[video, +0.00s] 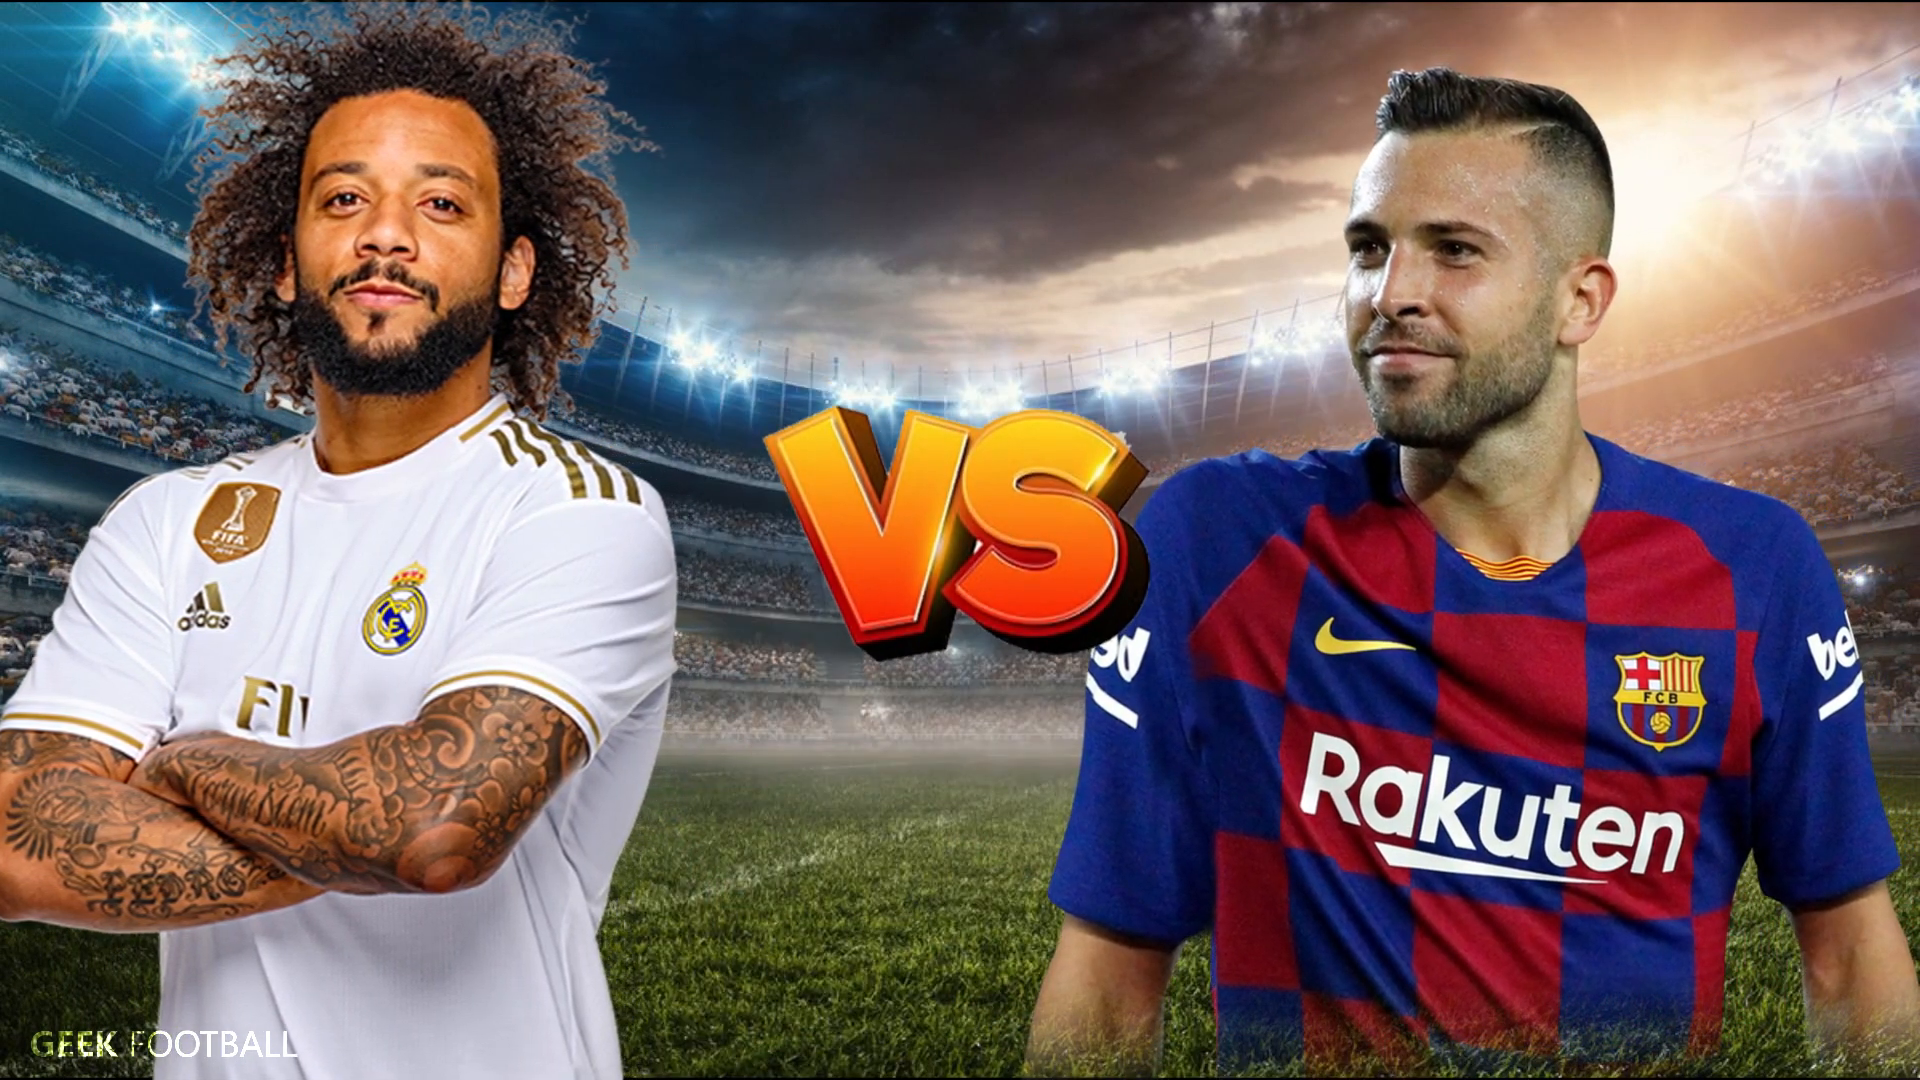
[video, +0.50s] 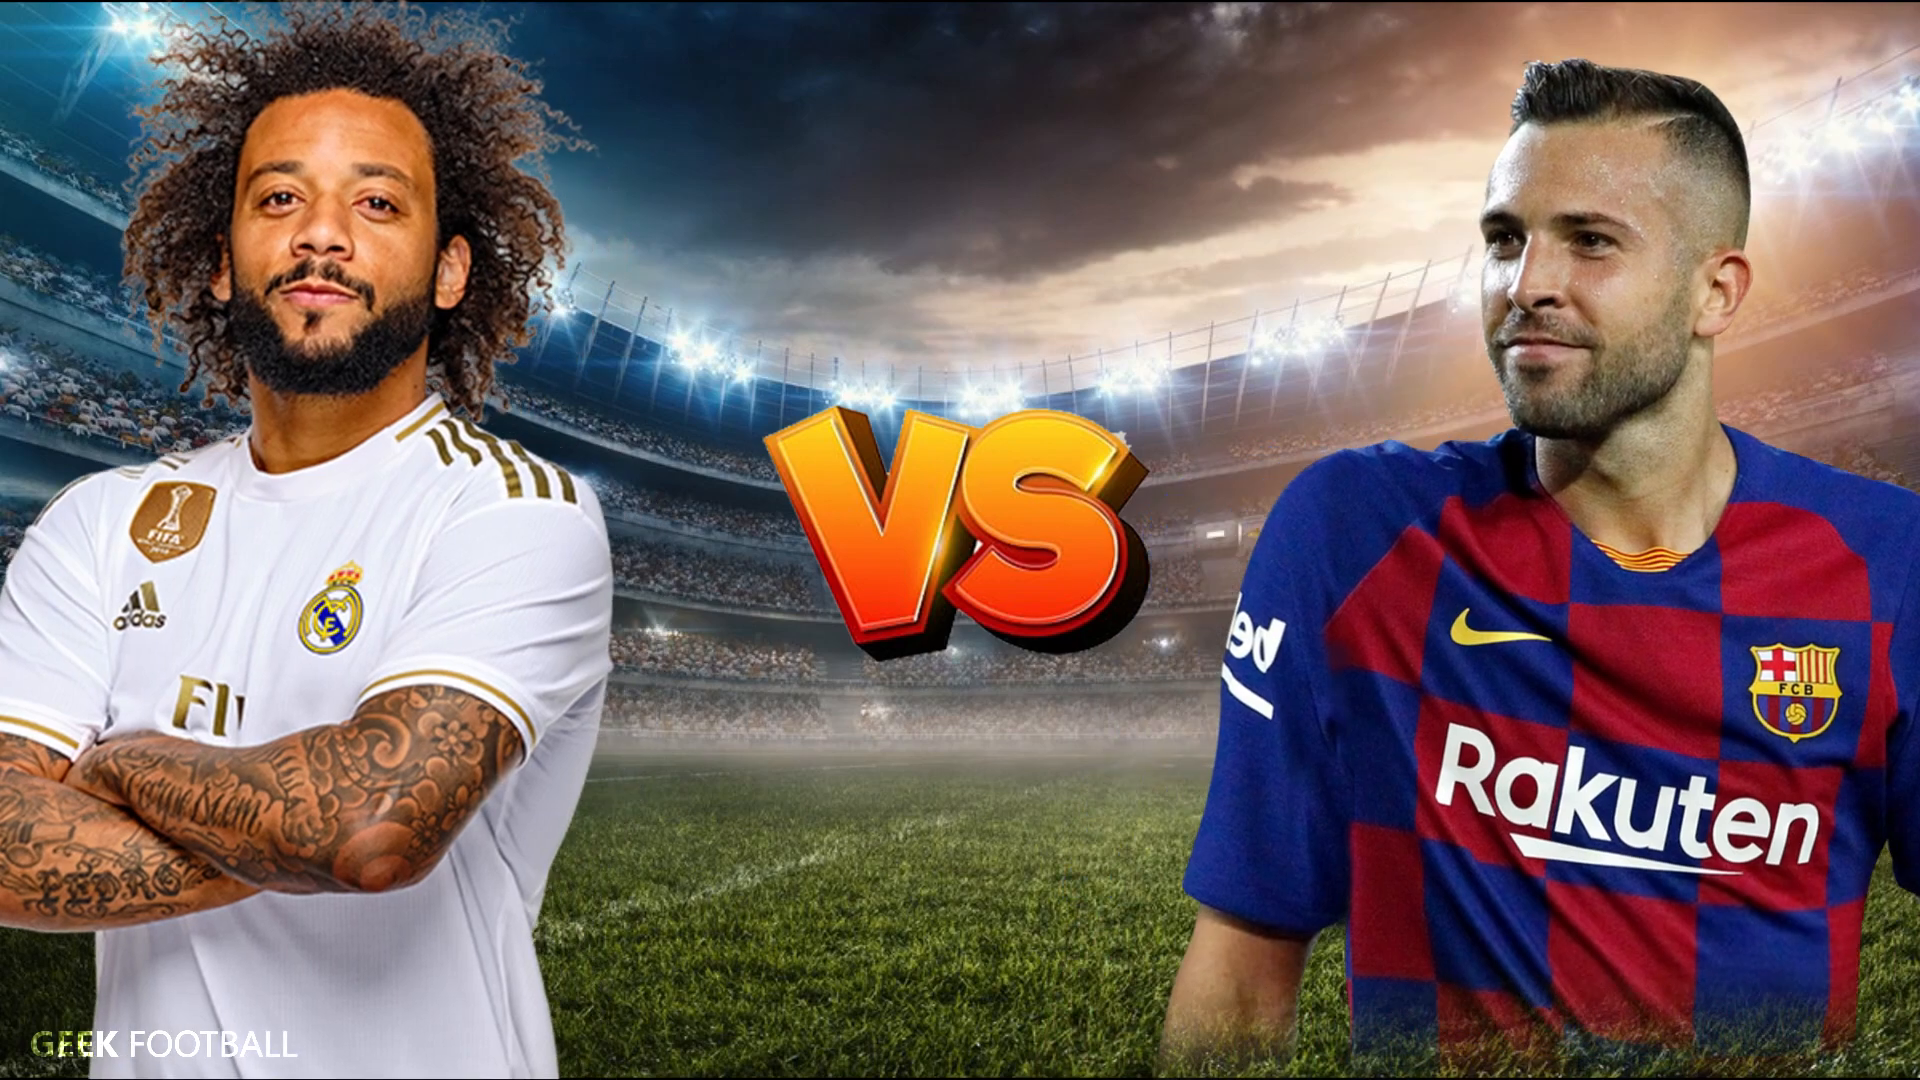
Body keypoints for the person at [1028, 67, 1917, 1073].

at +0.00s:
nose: (1388, 294)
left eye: (1454, 250)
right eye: (1368, 249)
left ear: (1580, 303)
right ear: (1345, 272)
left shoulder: (1757, 572)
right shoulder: (1206, 543)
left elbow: (1853, 954)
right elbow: (1108, 974)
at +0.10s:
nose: (1394, 294)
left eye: (1461, 250)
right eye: (1374, 249)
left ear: (1586, 303)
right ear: (1350, 274)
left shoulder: (1763, 571)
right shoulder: (1214, 540)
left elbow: (1856, 947)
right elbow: (1114, 972)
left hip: (1633, 1054)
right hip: (1303, 1054)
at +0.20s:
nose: (1411, 293)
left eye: (1478, 249)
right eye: (1392, 248)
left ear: (1604, 302)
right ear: (1368, 274)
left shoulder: (1779, 569)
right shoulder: (1236, 536)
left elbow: (1872, 942)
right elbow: (1132, 960)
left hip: (1656, 1056)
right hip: (1324, 1054)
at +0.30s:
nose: (1439, 294)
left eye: (1505, 247)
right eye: (1421, 248)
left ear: (1629, 299)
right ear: (1400, 270)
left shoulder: (1809, 568)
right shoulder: (1260, 537)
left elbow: (1894, 950)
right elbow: (1158, 964)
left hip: (1683, 1057)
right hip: (1359, 1058)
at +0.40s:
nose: (1475, 293)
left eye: (1543, 246)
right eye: (1459, 246)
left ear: (1670, 295)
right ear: (1437, 267)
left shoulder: (1849, 569)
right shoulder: (1297, 535)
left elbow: (1916, 928)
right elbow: (1194, 968)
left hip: (1717, 1063)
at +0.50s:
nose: (1527, 289)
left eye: (1592, 242)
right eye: (1505, 243)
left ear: (1717, 295)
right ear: (1482, 267)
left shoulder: (1892, 563)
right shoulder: (1346, 530)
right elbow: (1242, 962)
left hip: (1768, 1060)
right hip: (1445, 1055)